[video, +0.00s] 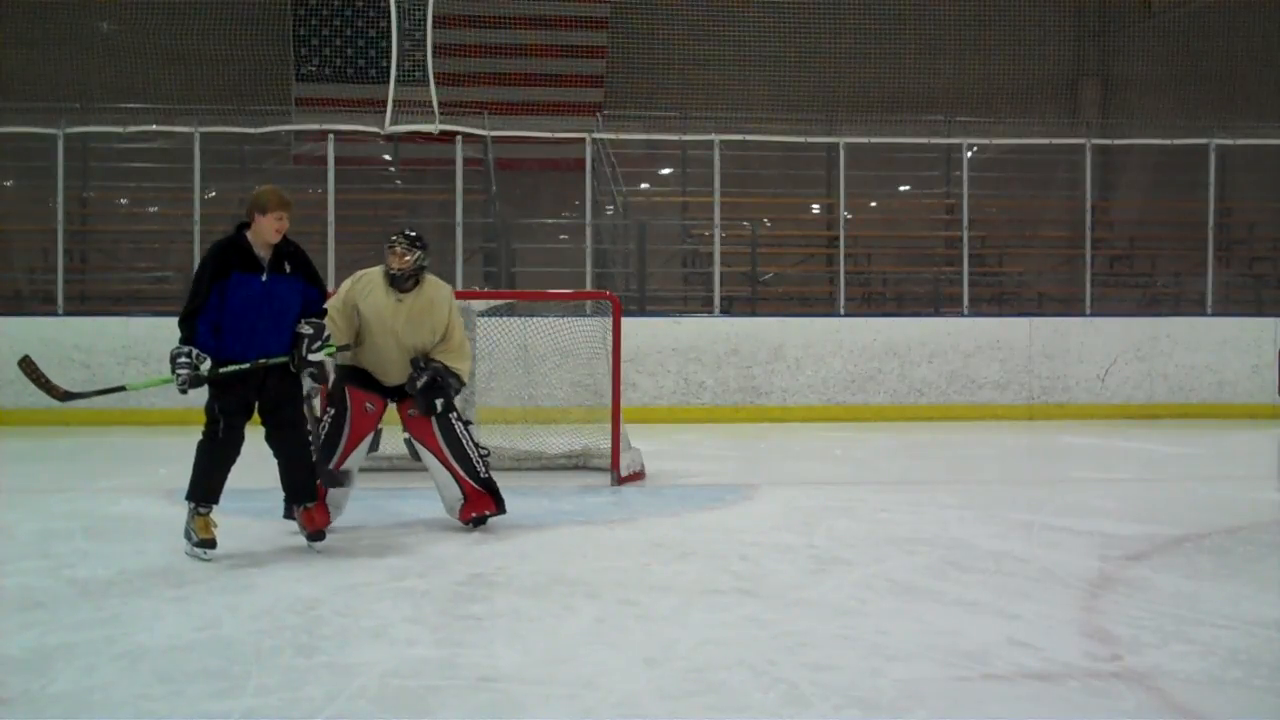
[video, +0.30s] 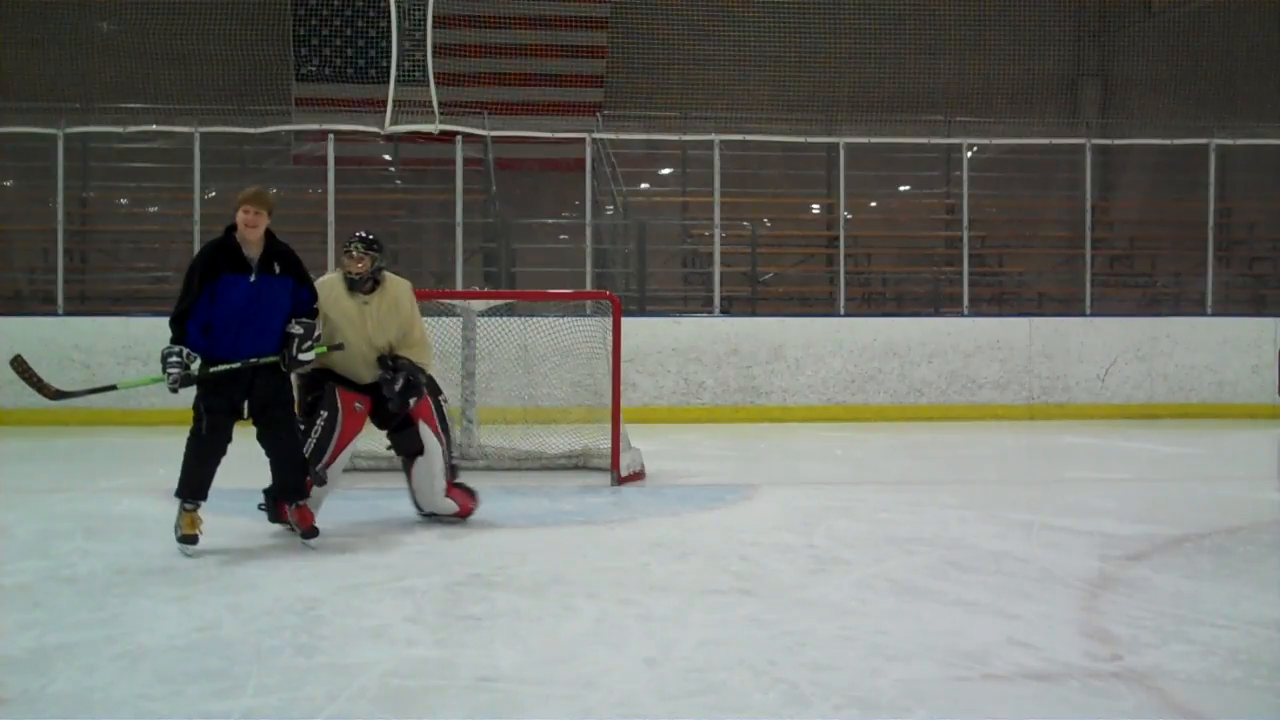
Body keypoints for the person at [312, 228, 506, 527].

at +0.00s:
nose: (396, 262)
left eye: (404, 256)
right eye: (392, 255)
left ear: (419, 259)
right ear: (385, 257)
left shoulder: (440, 295)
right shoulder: (362, 285)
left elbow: (456, 348)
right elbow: (332, 323)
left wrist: (440, 379)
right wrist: (317, 356)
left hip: (417, 379)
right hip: (364, 375)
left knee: (443, 433)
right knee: (340, 435)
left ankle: (478, 497)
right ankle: (317, 506)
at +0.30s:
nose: (356, 264)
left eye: (363, 258)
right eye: (350, 258)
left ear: (377, 262)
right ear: (342, 261)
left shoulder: (399, 291)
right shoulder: (324, 290)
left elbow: (416, 346)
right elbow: (301, 344)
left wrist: (407, 377)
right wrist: (309, 392)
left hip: (392, 379)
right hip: (341, 382)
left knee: (426, 428)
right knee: (333, 430)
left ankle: (435, 500)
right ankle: (300, 502)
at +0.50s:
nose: (344, 265)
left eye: (352, 259)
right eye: (340, 258)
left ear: (367, 262)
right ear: (333, 259)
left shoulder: (389, 290)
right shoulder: (316, 289)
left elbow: (404, 342)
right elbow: (293, 334)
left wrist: (399, 370)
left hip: (375, 380)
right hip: (328, 380)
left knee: (410, 410)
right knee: (333, 414)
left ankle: (396, 495)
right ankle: (278, 492)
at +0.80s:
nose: (343, 257)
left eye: (351, 251)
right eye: (339, 250)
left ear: (364, 255)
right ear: (331, 251)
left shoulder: (383, 285)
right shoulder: (309, 279)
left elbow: (401, 334)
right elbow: (288, 320)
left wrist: (400, 360)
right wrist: (297, 353)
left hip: (367, 376)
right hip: (320, 377)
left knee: (384, 439)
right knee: (301, 436)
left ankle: (371, 495)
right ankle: (269, 492)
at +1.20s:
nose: (324, 256)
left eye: (331, 251)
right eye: (320, 249)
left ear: (345, 255)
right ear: (312, 251)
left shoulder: (364, 286)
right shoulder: (293, 276)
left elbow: (378, 325)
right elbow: (273, 314)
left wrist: (360, 348)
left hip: (347, 375)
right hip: (301, 373)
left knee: (353, 439)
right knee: (282, 434)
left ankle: (361, 498)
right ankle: (257, 497)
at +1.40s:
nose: (306, 261)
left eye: (314, 256)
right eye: (302, 254)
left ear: (327, 260)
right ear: (295, 256)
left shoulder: (346, 290)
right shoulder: (278, 279)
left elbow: (355, 338)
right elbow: (260, 317)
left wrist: (321, 347)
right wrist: (278, 344)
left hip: (326, 375)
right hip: (281, 370)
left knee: (336, 434)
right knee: (273, 427)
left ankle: (346, 496)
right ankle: (249, 493)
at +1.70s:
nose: (308, 260)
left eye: (315, 254)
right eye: (302, 253)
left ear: (328, 258)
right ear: (294, 254)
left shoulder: (345, 288)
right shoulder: (272, 277)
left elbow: (347, 341)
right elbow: (254, 320)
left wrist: (312, 352)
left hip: (326, 371)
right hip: (278, 367)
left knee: (353, 416)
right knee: (271, 420)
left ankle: (352, 492)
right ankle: (244, 493)